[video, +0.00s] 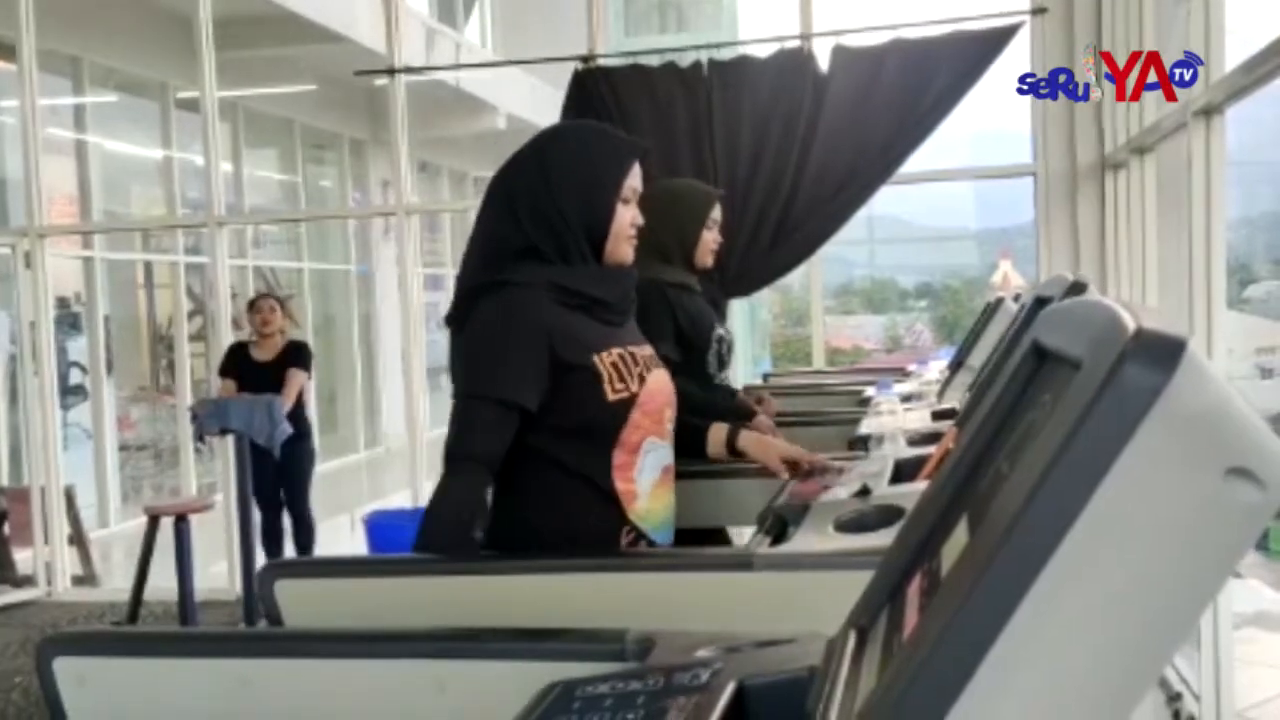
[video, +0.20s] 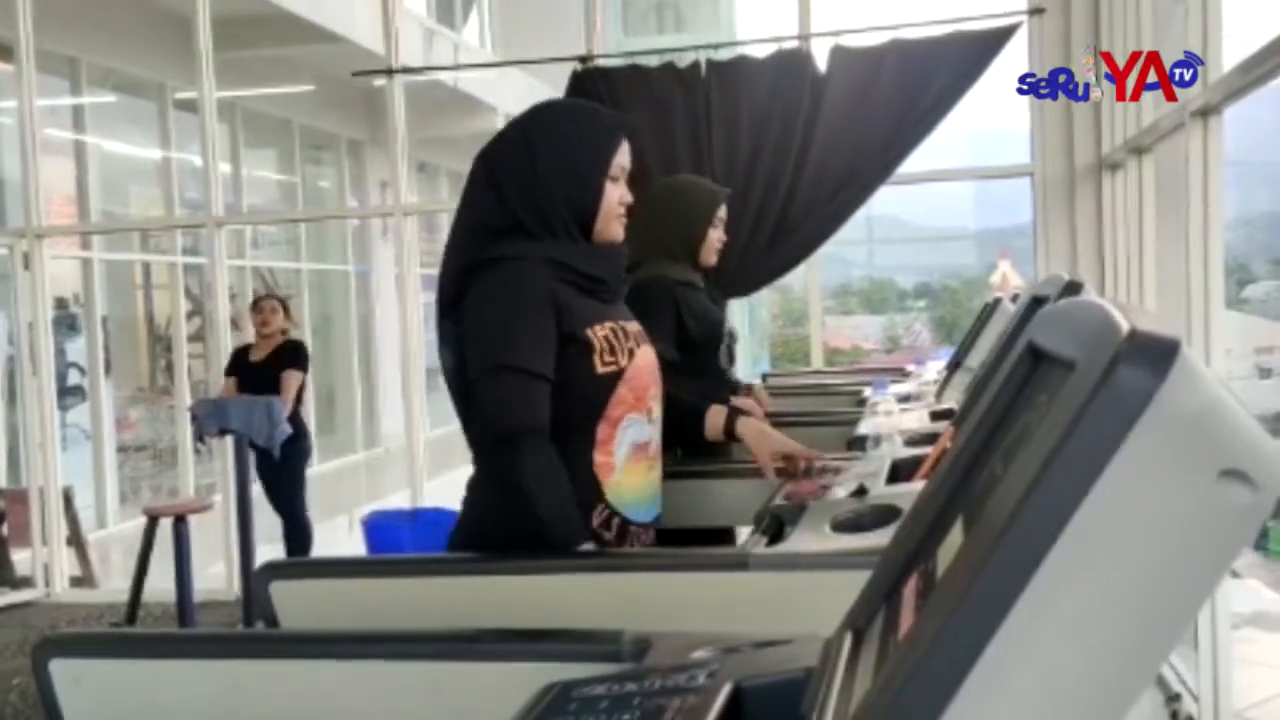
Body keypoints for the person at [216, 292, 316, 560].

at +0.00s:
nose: (265, 317)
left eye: (272, 311)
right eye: (258, 312)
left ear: (282, 317)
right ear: (249, 319)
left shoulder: (297, 351)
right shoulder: (237, 353)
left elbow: (290, 394)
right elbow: (227, 395)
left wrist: (271, 420)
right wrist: (241, 418)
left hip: (293, 433)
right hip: (255, 435)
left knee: (297, 501)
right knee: (268, 505)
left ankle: (305, 563)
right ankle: (274, 566)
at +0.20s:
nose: (265, 317)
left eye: (273, 311)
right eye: (259, 312)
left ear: (284, 317)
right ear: (252, 318)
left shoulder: (294, 350)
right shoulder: (241, 355)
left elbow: (287, 398)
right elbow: (228, 395)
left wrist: (271, 427)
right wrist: (213, 418)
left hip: (290, 432)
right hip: (257, 435)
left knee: (292, 505)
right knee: (282, 506)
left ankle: (297, 569)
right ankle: (296, 566)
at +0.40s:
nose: (259, 318)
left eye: (267, 313)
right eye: (255, 313)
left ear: (282, 320)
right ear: (249, 319)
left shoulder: (285, 350)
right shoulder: (242, 356)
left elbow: (283, 398)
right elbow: (228, 394)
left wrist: (267, 429)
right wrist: (209, 416)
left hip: (287, 433)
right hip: (260, 436)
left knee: (290, 506)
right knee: (279, 507)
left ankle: (295, 568)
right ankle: (295, 566)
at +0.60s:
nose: (250, 318)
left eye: (258, 313)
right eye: (248, 314)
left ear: (276, 321)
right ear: (244, 320)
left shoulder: (284, 350)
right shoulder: (239, 357)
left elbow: (283, 398)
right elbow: (225, 396)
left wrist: (269, 429)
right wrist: (209, 420)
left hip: (286, 434)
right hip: (257, 438)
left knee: (290, 508)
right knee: (280, 508)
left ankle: (295, 570)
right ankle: (294, 568)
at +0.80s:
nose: (245, 320)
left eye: (252, 315)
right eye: (243, 315)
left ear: (270, 320)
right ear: (239, 322)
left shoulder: (287, 351)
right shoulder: (233, 358)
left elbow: (283, 396)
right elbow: (222, 399)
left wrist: (270, 427)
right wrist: (208, 422)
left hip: (288, 435)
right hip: (252, 438)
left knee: (293, 506)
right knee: (266, 511)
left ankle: (300, 568)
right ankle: (271, 571)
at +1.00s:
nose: (240, 324)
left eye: (247, 317)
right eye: (238, 319)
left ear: (267, 321)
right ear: (235, 324)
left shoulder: (290, 353)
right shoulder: (230, 357)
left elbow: (284, 390)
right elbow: (220, 398)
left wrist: (265, 421)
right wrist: (212, 425)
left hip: (287, 435)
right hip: (248, 436)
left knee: (284, 508)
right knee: (257, 510)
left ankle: (286, 570)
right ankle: (260, 572)